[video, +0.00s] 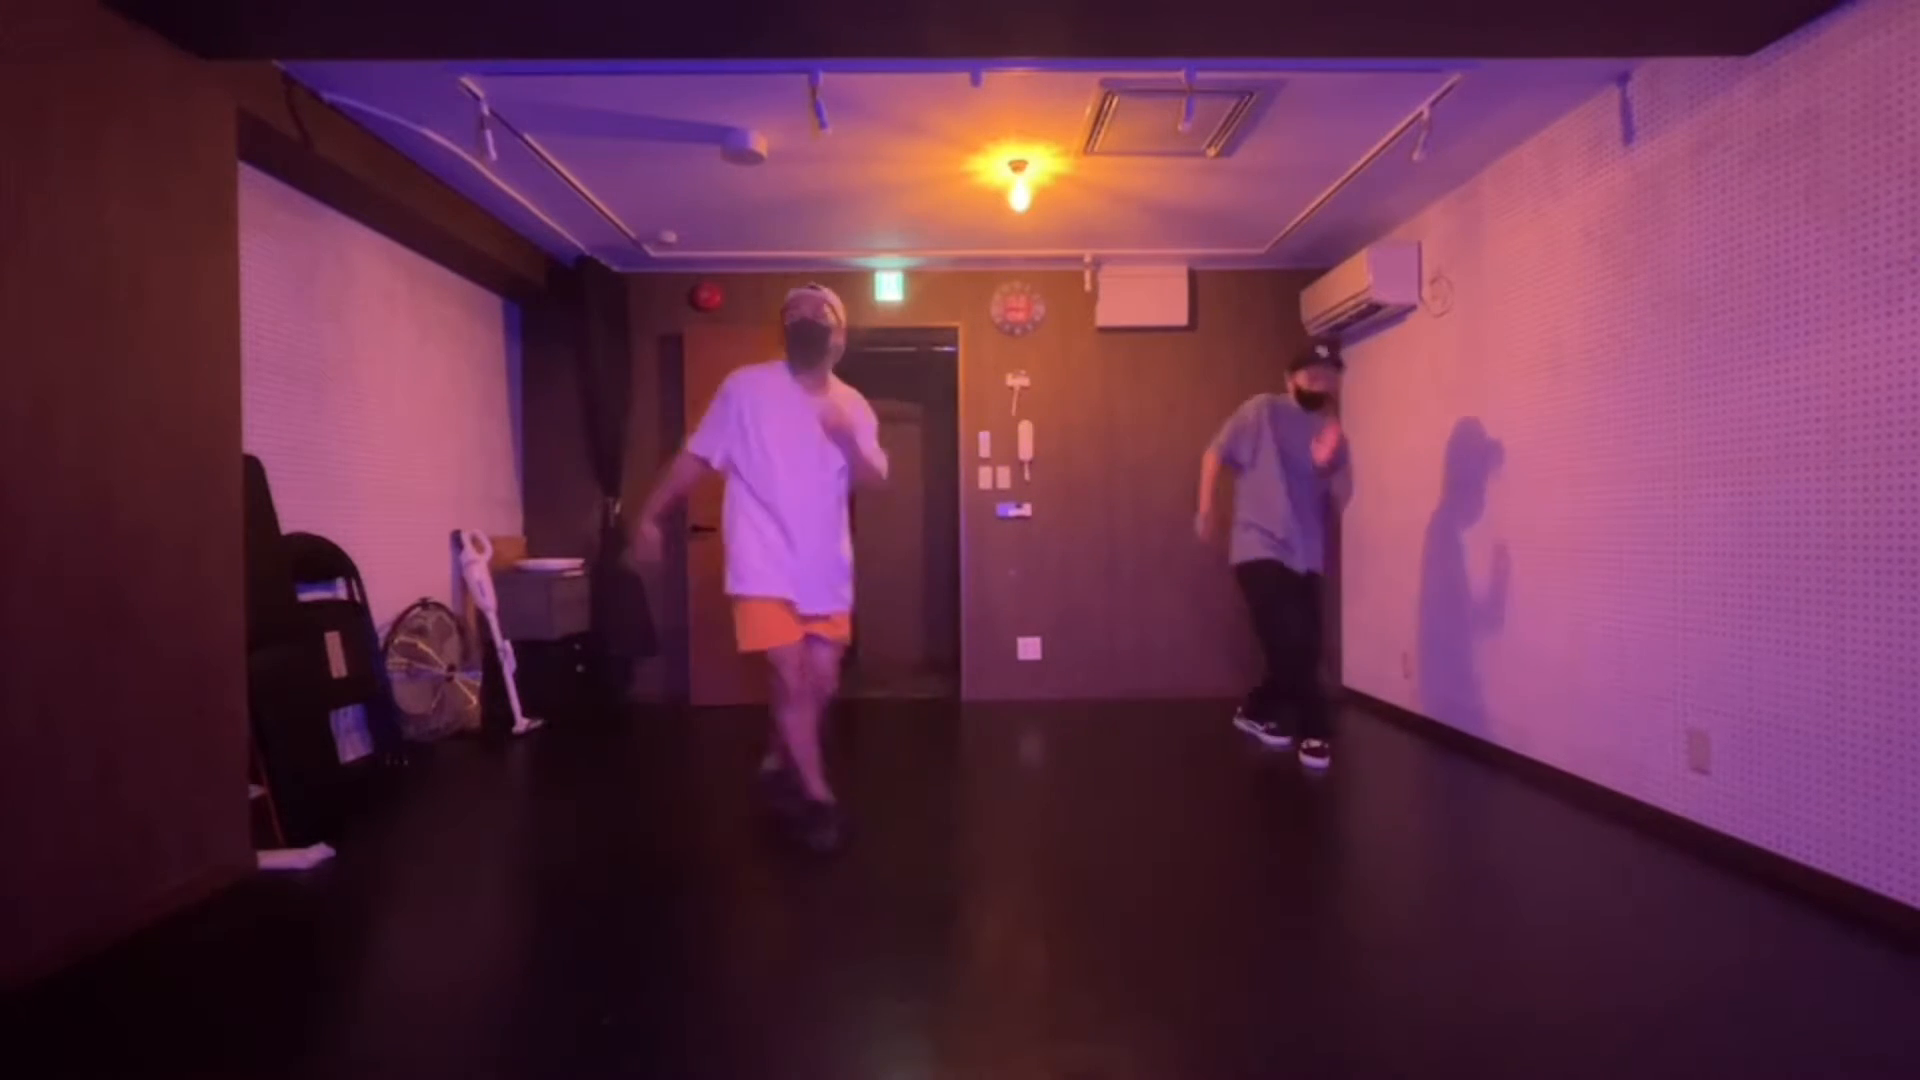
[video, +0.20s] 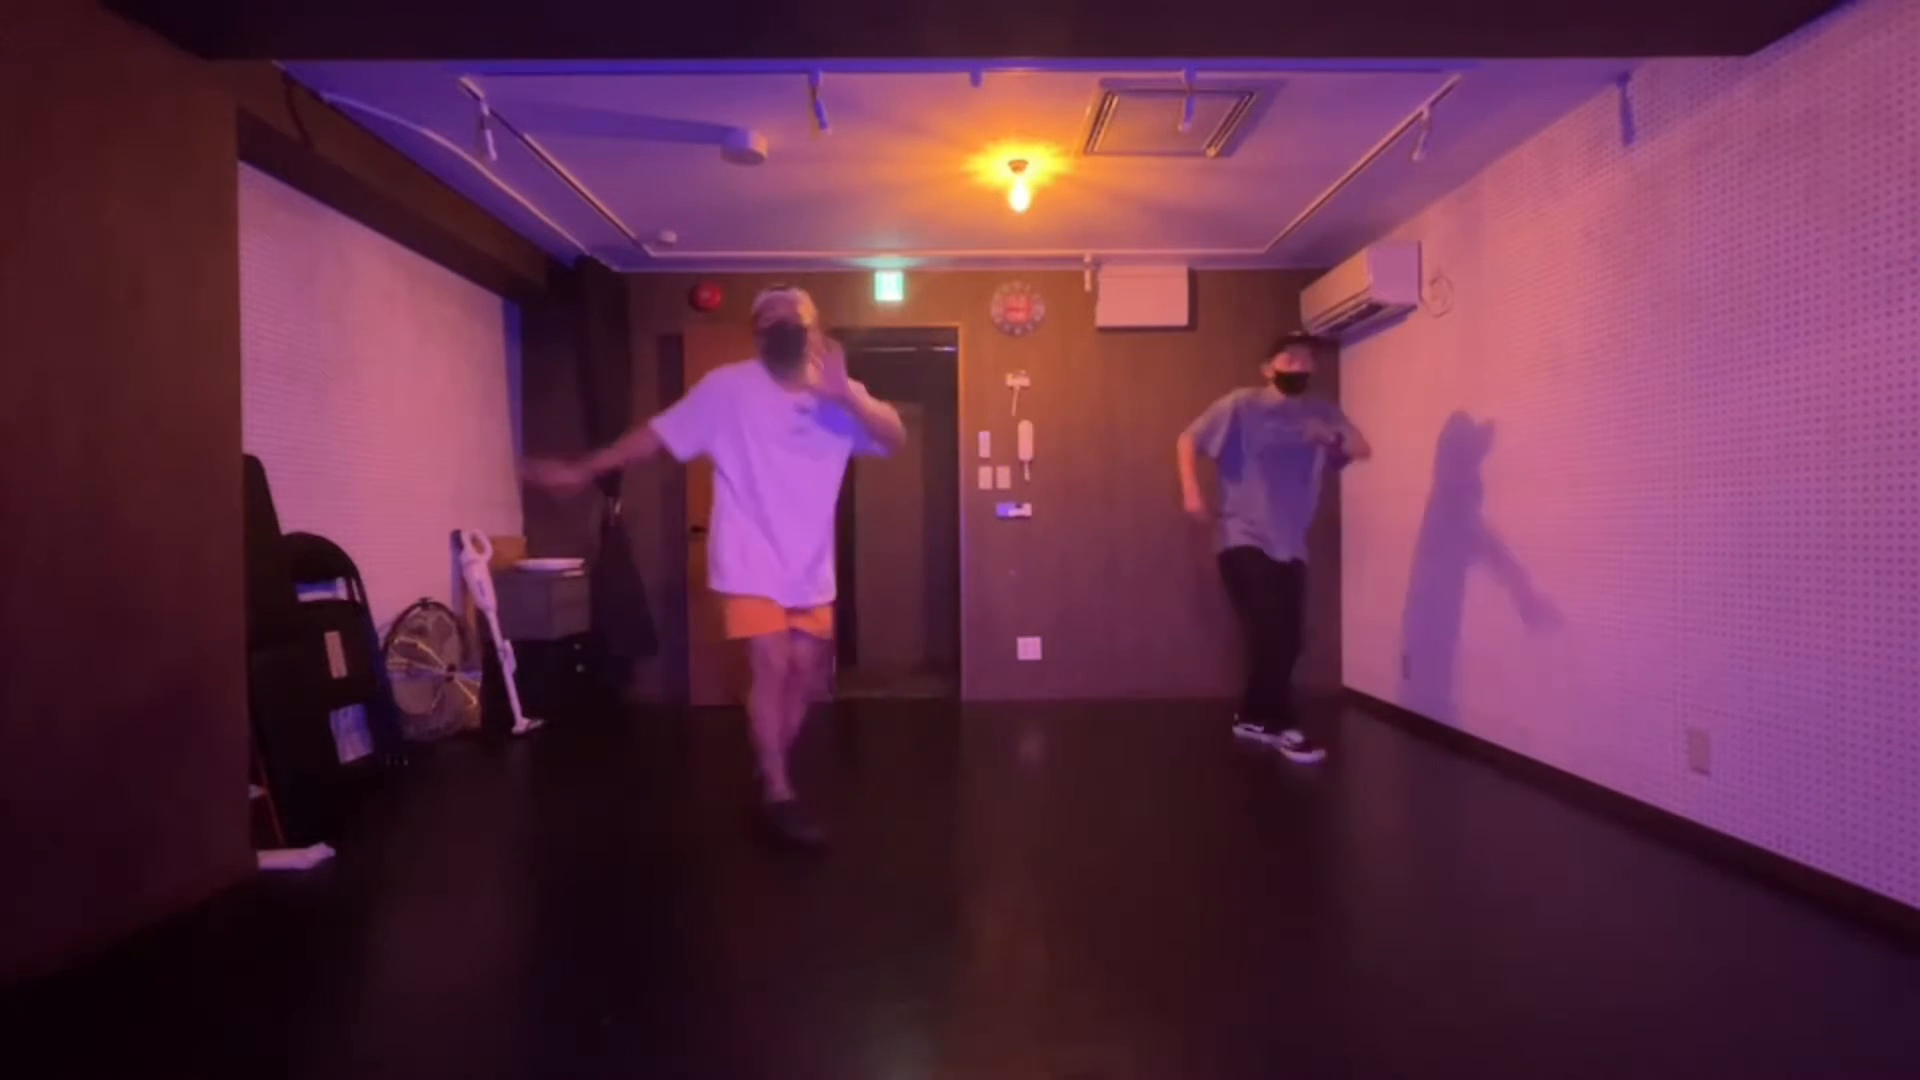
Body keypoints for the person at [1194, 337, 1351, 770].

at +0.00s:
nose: (1319, 383)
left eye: (1327, 375)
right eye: (1312, 373)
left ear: (1335, 381)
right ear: (1293, 374)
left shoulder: (1329, 430)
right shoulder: (1263, 409)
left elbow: (1341, 499)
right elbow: (1215, 453)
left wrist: (1328, 468)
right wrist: (1205, 507)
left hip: (1304, 549)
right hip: (1257, 540)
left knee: (1300, 641)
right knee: (1288, 637)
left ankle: (1258, 710)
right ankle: (1312, 733)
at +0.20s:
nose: (1296, 367)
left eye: (1304, 360)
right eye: (1287, 359)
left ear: (1313, 370)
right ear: (1269, 367)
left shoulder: (1318, 414)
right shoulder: (1243, 403)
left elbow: (1361, 451)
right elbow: (1188, 440)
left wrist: (1336, 442)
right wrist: (1191, 493)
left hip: (1289, 544)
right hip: (1244, 537)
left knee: (1283, 636)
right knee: (1271, 632)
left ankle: (1253, 718)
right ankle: (1283, 727)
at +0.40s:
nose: (1259, 358)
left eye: (1266, 350)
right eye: (1250, 350)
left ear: (1278, 358)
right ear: (1232, 361)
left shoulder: (1297, 407)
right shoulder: (1213, 408)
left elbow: (1330, 448)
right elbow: (1170, 452)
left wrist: (1293, 469)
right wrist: (1179, 503)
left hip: (1274, 538)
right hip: (1227, 532)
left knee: (1269, 626)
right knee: (1232, 618)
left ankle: (1256, 716)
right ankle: (1217, 710)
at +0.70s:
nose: (1201, 376)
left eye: (1209, 366)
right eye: (1192, 367)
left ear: (1221, 369)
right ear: (1179, 375)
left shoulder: (1250, 412)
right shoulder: (1169, 424)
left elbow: (1270, 468)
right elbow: (1150, 482)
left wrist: (1236, 496)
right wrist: (1161, 530)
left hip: (1251, 549)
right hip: (1201, 550)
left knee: (1259, 634)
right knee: (1201, 635)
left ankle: (1257, 713)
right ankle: (1198, 714)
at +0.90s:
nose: (1176, 374)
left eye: (1184, 365)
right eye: (1168, 366)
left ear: (1198, 369)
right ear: (1156, 374)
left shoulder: (1226, 410)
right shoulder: (1149, 427)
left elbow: (1263, 461)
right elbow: (1141, 482)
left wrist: (1287, 510)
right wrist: (1161, 520)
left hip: (1236, 542)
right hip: (1187, 547)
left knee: (1242, 624)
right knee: (1191, 635)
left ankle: (1251, 687)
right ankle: (1197, 713)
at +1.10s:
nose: (1172, 382)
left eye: (1180, 373)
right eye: (1163, 374)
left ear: (1194, 377)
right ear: (1152, 381)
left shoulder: (1224, 410)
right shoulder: (1145, 432)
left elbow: (1281, 430)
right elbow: (1136, 490)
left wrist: (1331, 459)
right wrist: (1163, 465)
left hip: (1222, 539)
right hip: (1176, 545)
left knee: (1201, 623)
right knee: (1176, 632)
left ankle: (1201, 712)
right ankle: (1199, 711)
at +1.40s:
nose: (1183, 367)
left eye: (1191, 357)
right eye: (1175, 357)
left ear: (1206, 362)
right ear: (1162, 365)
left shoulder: (1233, 407)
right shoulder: (1148, 423)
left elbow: (1277, 438)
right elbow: (1132, 483)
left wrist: (1283, 484)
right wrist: (1165, 484)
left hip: (1218, 550)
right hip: (1164, 555)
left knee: (1190, 642)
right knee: (1151, 646)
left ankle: (1175, 738)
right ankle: (1183, 718)